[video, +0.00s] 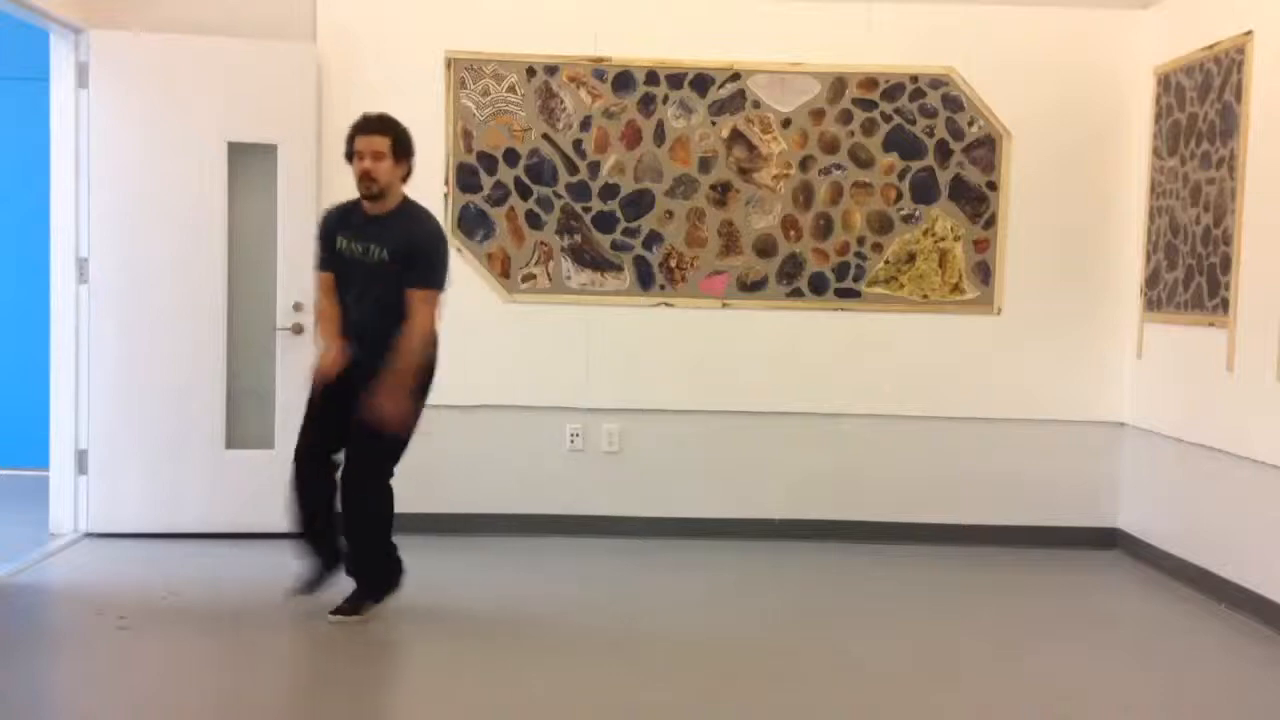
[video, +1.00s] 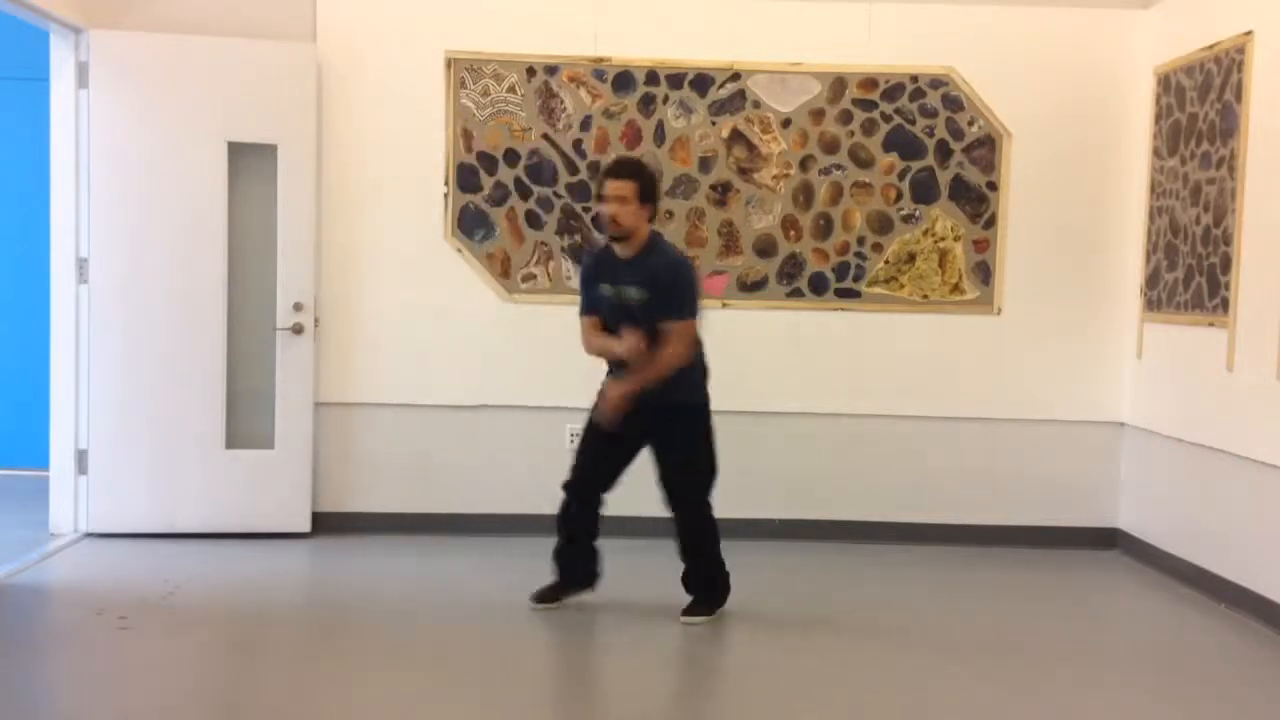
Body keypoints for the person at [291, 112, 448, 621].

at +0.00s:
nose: (365, 167)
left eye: (377, 158)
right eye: (358, 158)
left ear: (402, 165)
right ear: (350, 163)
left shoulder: (421, 229)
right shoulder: (337, 222)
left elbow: (421, 318)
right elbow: (327, 292)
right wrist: (331, 343)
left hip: (402, 356)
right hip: (350, 352)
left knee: (366, 468)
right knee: (311, 456)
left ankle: (376, 574)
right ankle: (327, 551)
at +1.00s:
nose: (611, 210)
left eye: (623, 201)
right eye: (606, 200)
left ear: (648, 208)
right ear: (600, 205)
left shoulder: (672, 266)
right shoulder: (596, 264)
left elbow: (681, 347)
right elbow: (591, 337)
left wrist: (626, 386)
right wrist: (619, 346)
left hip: (677, 396)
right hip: (625, 392)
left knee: (688, 499)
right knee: (582, 486)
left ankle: (708, 590)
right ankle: (576, 573)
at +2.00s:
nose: (638, 211)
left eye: (635, 205)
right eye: (639, 205)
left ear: (589, 201)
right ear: (634, 205)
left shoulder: (556, 248)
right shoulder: (642, 250)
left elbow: (527, 318)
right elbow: (664, 331)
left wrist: (510, 375)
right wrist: (670, 364)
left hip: (563, 381)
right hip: (618, 380)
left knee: (591, 480)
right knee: (666, 466)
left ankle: (578, 579)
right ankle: (656, 571)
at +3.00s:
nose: (643, 189)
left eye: (643, 182)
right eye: (646, 182)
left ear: (650, 183)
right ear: (695, 181)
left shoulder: (638, 234)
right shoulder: (727, 229)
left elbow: (618, 314)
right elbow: (754, 306)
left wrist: (644, 342)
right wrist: (710, 322)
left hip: (666, 368)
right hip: (723, 366)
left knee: (642, 472)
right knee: (740, 473)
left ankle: (635, 575)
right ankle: (762, 588)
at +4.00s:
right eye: (689, 183)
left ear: (639, 190)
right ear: (690, 187)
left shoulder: (620, 246)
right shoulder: (711, 243)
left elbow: (612, 316)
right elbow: (736, 324)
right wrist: (728, 344)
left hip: (613, 390)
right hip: (675, 398)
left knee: (567, 486)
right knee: (666, 514)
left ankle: (491, 587)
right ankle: (629, 627)